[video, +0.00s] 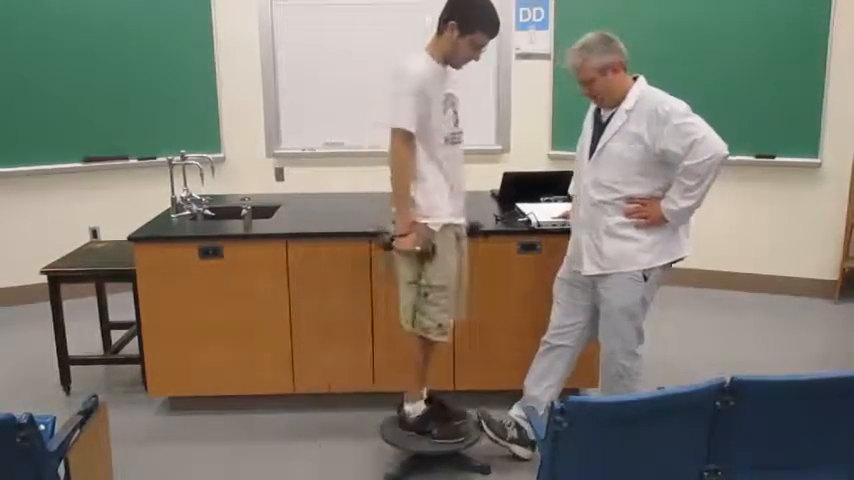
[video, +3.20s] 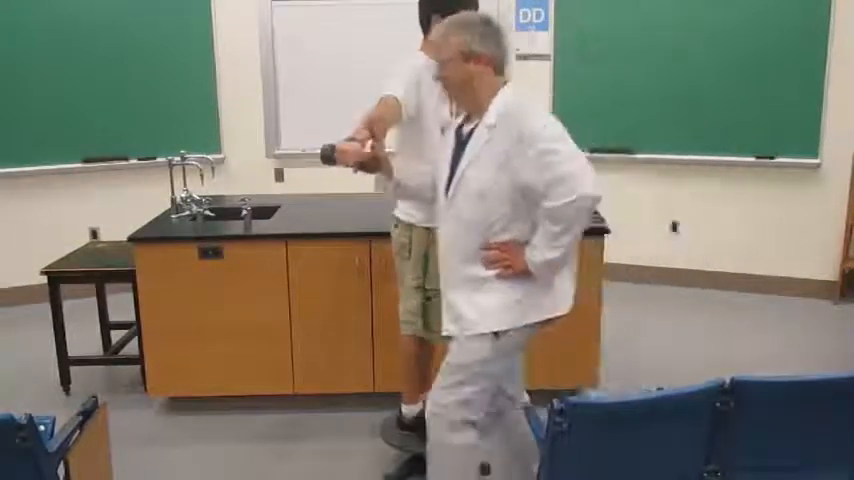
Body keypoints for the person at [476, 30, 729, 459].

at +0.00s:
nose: (584, 91)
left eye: (589, 81)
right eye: (581, 83)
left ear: (615, 70)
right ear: (604, 74)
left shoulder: (657, 108)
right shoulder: (597, 112)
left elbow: (709, 151)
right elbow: (597, 169)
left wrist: (670, 208)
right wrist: (581, 203)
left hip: (631, 256)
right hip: (585, 250)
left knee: (620, 355)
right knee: (561, 338)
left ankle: (617, 438)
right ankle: (528, 424)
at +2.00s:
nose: (610, 62)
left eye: (619, 54)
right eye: (607, 53)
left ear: (649, 56)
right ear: (603, 55)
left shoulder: (684, 109)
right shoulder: (591, 108)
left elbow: (738, 154)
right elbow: (558, 153)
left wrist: (692, 207)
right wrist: (524, 171)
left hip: (648, 261)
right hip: (594, 258)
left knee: (642, 364)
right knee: (598, 358)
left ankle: (642, 447)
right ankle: (599, 439)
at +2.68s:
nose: (584, 67)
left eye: (593, 57)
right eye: (581, 57)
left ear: (629, 58)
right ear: (580, 59)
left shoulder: (677, 118)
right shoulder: (564, 119)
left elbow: (737, 164)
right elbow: (515, 156)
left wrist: (685, 225)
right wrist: (459, 158)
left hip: (640, 293)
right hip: (570, 290)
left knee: (645, 410)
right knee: (563, 407)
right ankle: (560, 474)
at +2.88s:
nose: (539, 72)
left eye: (549, 62)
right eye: (538, 62)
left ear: (585, 65)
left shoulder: (633, 124)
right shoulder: (528, 127)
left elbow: (695, 177)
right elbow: (492, 170)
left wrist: (646, 241)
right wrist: (437, 161)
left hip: (605, 301)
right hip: (537, 299)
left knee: (618, 412)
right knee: (534, 407)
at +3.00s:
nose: (492, 73)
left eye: (500, 61)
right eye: (491, 62)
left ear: (538, 60)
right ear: (528, 62)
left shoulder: (584, 119)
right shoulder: (497, 121)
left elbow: (640, 178)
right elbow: (469, 179)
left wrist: (591, 245)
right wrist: (415, 164)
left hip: (554, 306)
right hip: (502, 302)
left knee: (538, 425)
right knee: (514, 420)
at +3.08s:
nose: (492, 73)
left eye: (500, 61)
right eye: (491, 62)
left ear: (538, 60)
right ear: (528, 62)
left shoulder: (584, 119)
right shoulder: (497, 121)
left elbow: (640, 178)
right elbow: (469, 179)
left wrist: (591, 245)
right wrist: (415, 164)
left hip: (550, 305)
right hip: (501, 300)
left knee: (535, 423)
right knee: (512, 417)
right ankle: (525, 476)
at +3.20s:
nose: (436, 76)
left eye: (442, 64)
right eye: (436, 65)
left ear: (479, 63)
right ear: (475, 64)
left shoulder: (525, 121)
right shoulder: (463, 126)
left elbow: (577, 190)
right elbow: (442, 190)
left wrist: (537, 256)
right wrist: (384, 167)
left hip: (507, 303)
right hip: (470, 300)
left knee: (448, 410)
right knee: (501, 409)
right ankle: (529, 475)